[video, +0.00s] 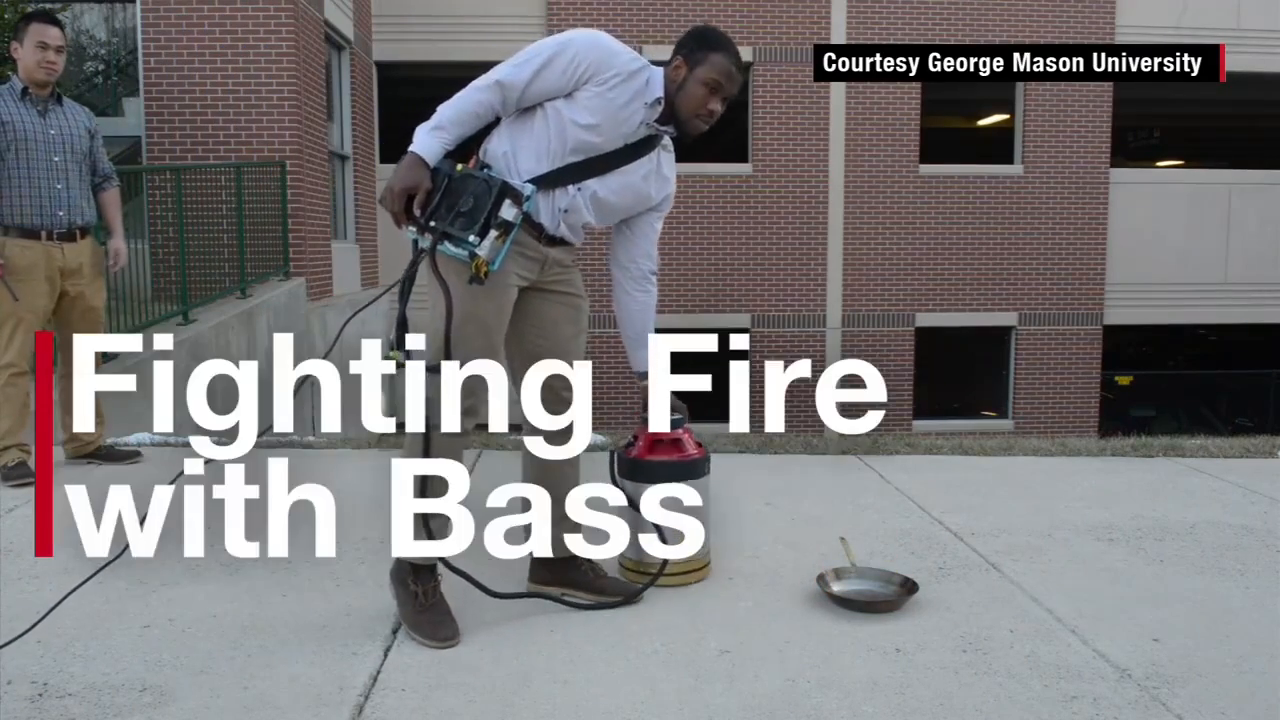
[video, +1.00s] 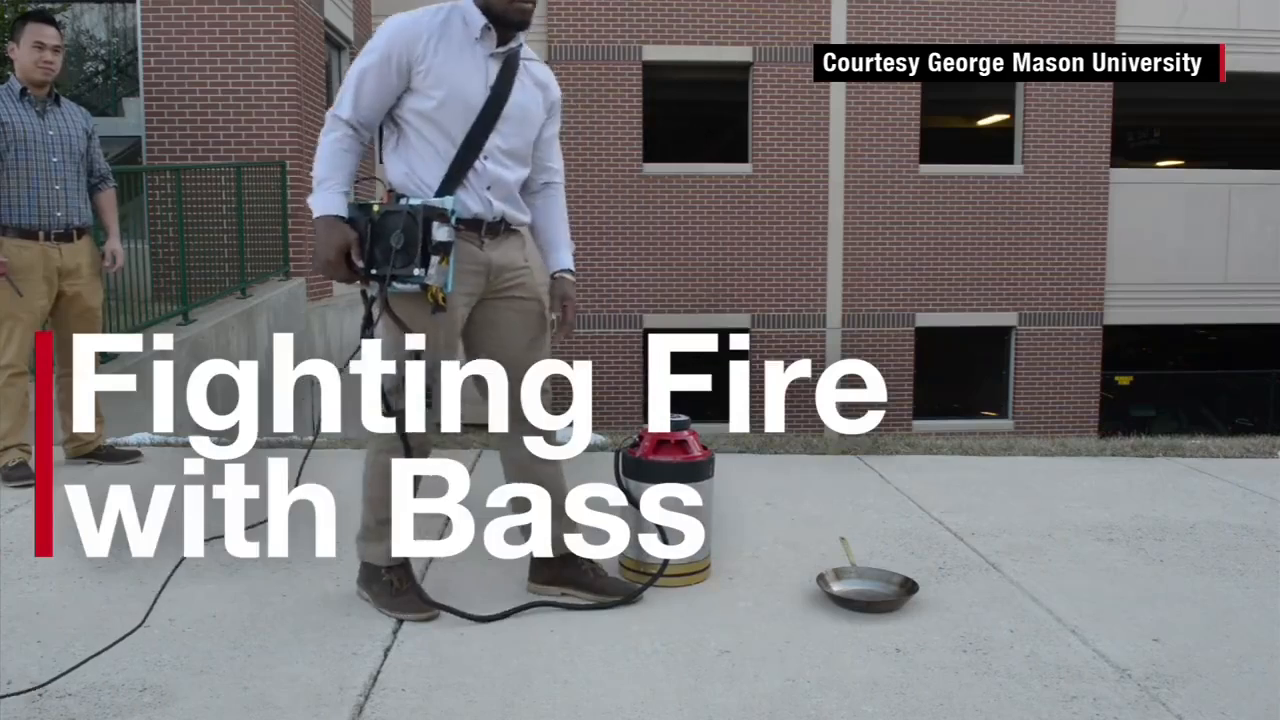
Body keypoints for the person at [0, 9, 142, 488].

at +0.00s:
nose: (52, 58)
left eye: (60, 51)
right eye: (42, 48)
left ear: (66, 60)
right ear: (16, 51)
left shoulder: (81, 116)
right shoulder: (3, 105)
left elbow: (104, 178)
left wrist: (117, 234)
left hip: (82, 249)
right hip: (21, 250)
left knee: (85, 351)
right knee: (17, 358)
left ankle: (86, 442)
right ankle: (13, 452)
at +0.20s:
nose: (53, 57)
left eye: (60, 51)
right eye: (43, 47)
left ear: (67, 60)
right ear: (16, 51)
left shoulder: (82, 117)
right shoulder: (3, 105)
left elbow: (105, 178)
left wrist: (120, 233)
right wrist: (1, 248)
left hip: (81, 249)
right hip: (19, 250)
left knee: (85, 352)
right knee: (16, 359)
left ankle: (86, 442)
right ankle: (13, 452)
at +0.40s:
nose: (53, 57)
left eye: (60, 51)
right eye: (43, 47)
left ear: (66, 60)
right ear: (16, 51)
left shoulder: (81, 117)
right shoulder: (3, 105)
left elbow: (104, 179)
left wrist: (118, 234)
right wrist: (1, 248)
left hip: (80, 249)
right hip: (19, 250)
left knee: (84, 352)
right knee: (15, 359)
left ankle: (86, 442)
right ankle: (13, 453)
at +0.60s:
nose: (51, 57)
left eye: (58, 51)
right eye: (41, 47)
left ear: (64, 60)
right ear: (15, 52)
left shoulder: (80, 116)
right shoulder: (3, 105)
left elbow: (102, 180)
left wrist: (113, 235)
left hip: (79, 249)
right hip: (19, 251)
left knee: (84, 353)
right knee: (15, 360)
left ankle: (86, 442)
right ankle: (13, 453)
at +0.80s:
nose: (50, 57)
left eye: (57, 51)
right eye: (39, 47)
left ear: (63, 60)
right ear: (14, 52)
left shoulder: (79, 116)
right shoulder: (3, 105)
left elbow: (101, 180)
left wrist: (113, 235)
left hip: (79, 249)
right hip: (18, 250)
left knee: (84, 352)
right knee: (15, 360)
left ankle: (86, 442)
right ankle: (13, 453)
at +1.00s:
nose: (49, 57)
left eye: (57, 50)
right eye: (39, 47)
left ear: (63, 59)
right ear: (14, 52)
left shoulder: (78, 116)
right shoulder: (3, 105)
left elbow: (101, 179)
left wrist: (114, 235)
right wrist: (1, 249)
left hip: (79, 249)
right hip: (18, 250)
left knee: (84, 353)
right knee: (16, 360)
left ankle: (87, 442)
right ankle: (14, 453)